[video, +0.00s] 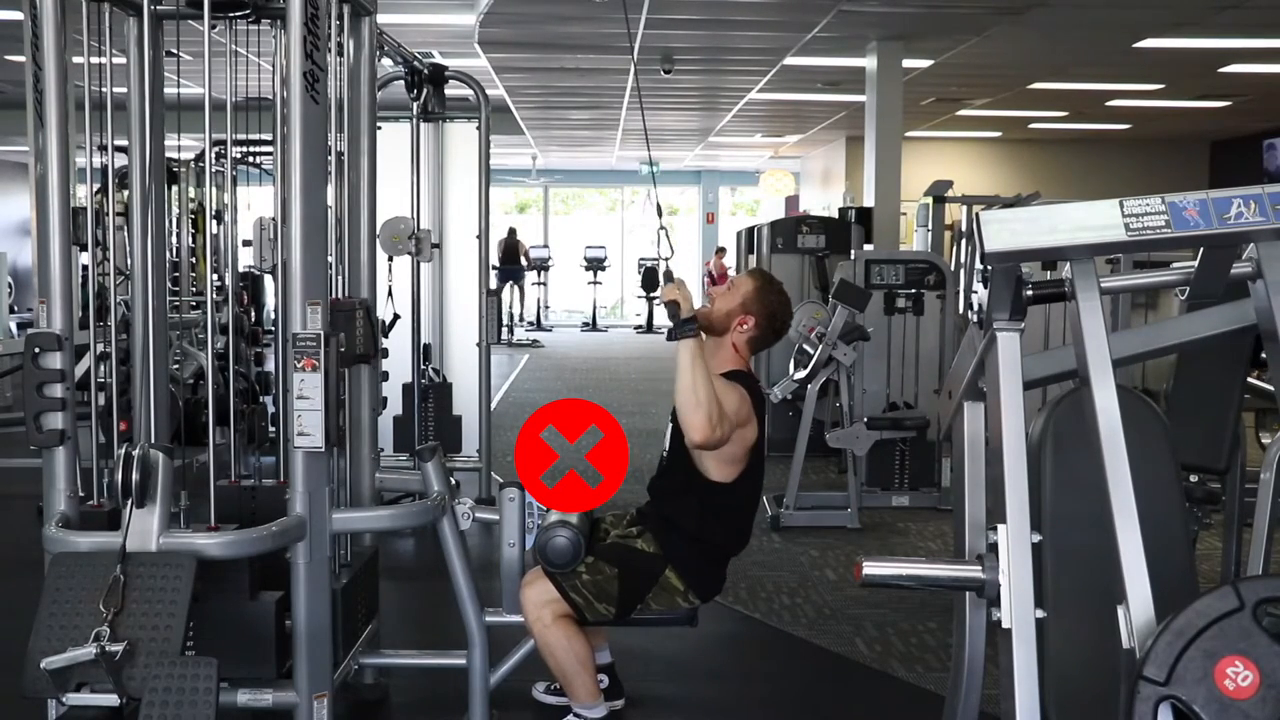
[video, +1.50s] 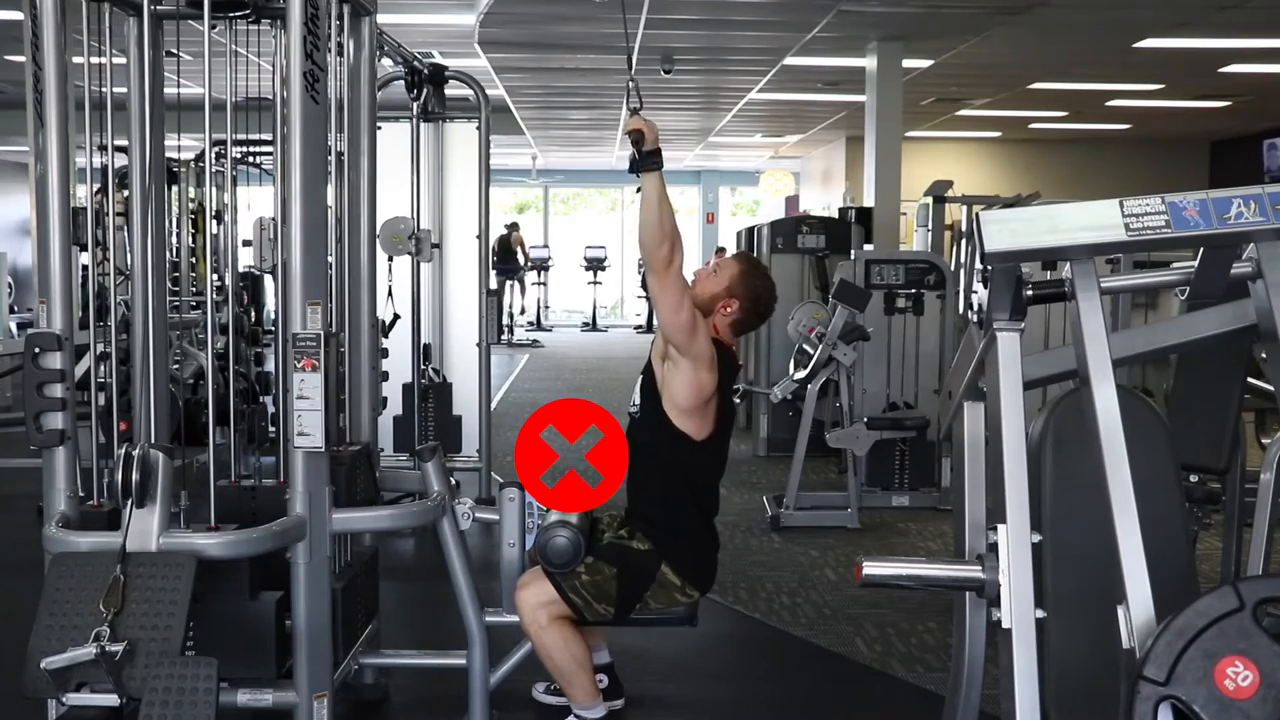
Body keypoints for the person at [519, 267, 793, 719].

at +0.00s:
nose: (716, 287)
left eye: (729, 288)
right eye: (726, 282)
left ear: (742, 325)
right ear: (743, 327)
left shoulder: (735, 391)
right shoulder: (720, 368)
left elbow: (704, 430)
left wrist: (687, 325)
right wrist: (721, 286)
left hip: (680, 559)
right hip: (660, 529)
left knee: (539, 594)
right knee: (555, 545)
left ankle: (590, 712)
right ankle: (596, 675)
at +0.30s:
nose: (717, 289)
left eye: (730, 289)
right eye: (727, 283)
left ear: (743, 325)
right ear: (745, 328)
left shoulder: (736, 391)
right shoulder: (720, 371)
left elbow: (709, 439)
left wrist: (689, 335)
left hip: (680, 560)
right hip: (660, 530)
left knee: (539, 593)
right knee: (556, 544)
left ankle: (590, 712)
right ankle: (596, 675)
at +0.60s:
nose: (716, 285)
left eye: (728, 285)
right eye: (725, 279)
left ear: (742, 322)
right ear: (743, 326)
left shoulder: (734, 391)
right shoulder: (720, 364)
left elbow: (702, 396)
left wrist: (680, 284)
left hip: (679, 563)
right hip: (658, 528)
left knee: (538, 595)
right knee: (555, 540)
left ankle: (589, 711)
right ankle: (595, 672)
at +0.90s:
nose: (711, 279)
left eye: (723, 279)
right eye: (721, 274)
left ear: (738, 316)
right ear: (738, 320)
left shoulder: (717, 379)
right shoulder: (711, 360)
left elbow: (683, 332)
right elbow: (688, 322)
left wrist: (665, 225)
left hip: (676, 563)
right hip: (654, 530)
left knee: (536, 596)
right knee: (552, 549)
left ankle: (589, 709)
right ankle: (595, 672)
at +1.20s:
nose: (704, 270)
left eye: (718, 271)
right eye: (716, 264)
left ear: (730, 310)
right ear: (731, 313)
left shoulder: (703, 363)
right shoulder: (700, 350)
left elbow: (668, 280)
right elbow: (668, 277)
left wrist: (655, 180)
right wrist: (652, 185)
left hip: (674, 560)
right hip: (656, 536)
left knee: (535, 598)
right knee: (548, 551)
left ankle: (589, 710)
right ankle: (593, 672)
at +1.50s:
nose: (704, 263)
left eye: (716, 265)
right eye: (715, 257)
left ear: (724, 304)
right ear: (727, 309)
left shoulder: (693, 350)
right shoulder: (699, 346)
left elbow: (661, 258)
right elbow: (662, 259)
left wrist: (648, 155)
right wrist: (648, 164)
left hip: (670, 555)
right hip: (661, 536)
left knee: (534, 595)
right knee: (549, 550)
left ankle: (590, 710)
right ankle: (593, 670)